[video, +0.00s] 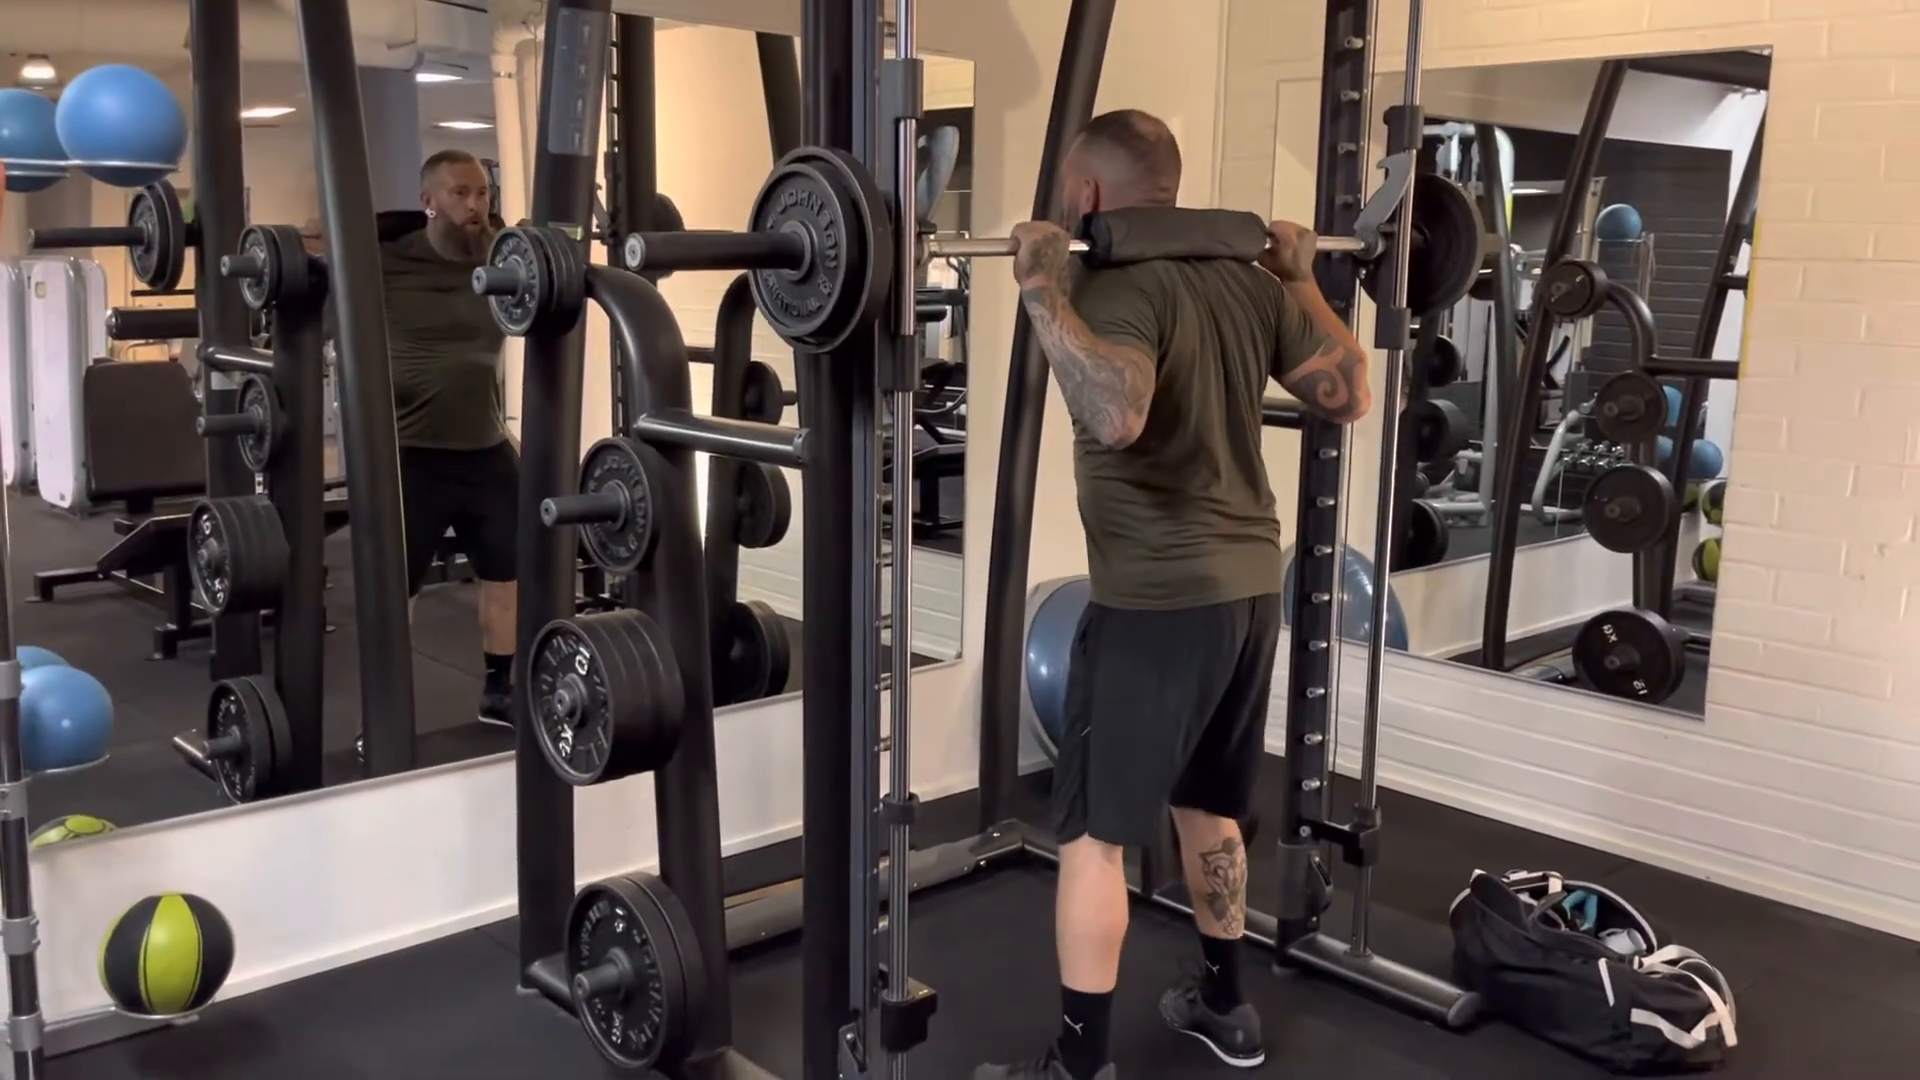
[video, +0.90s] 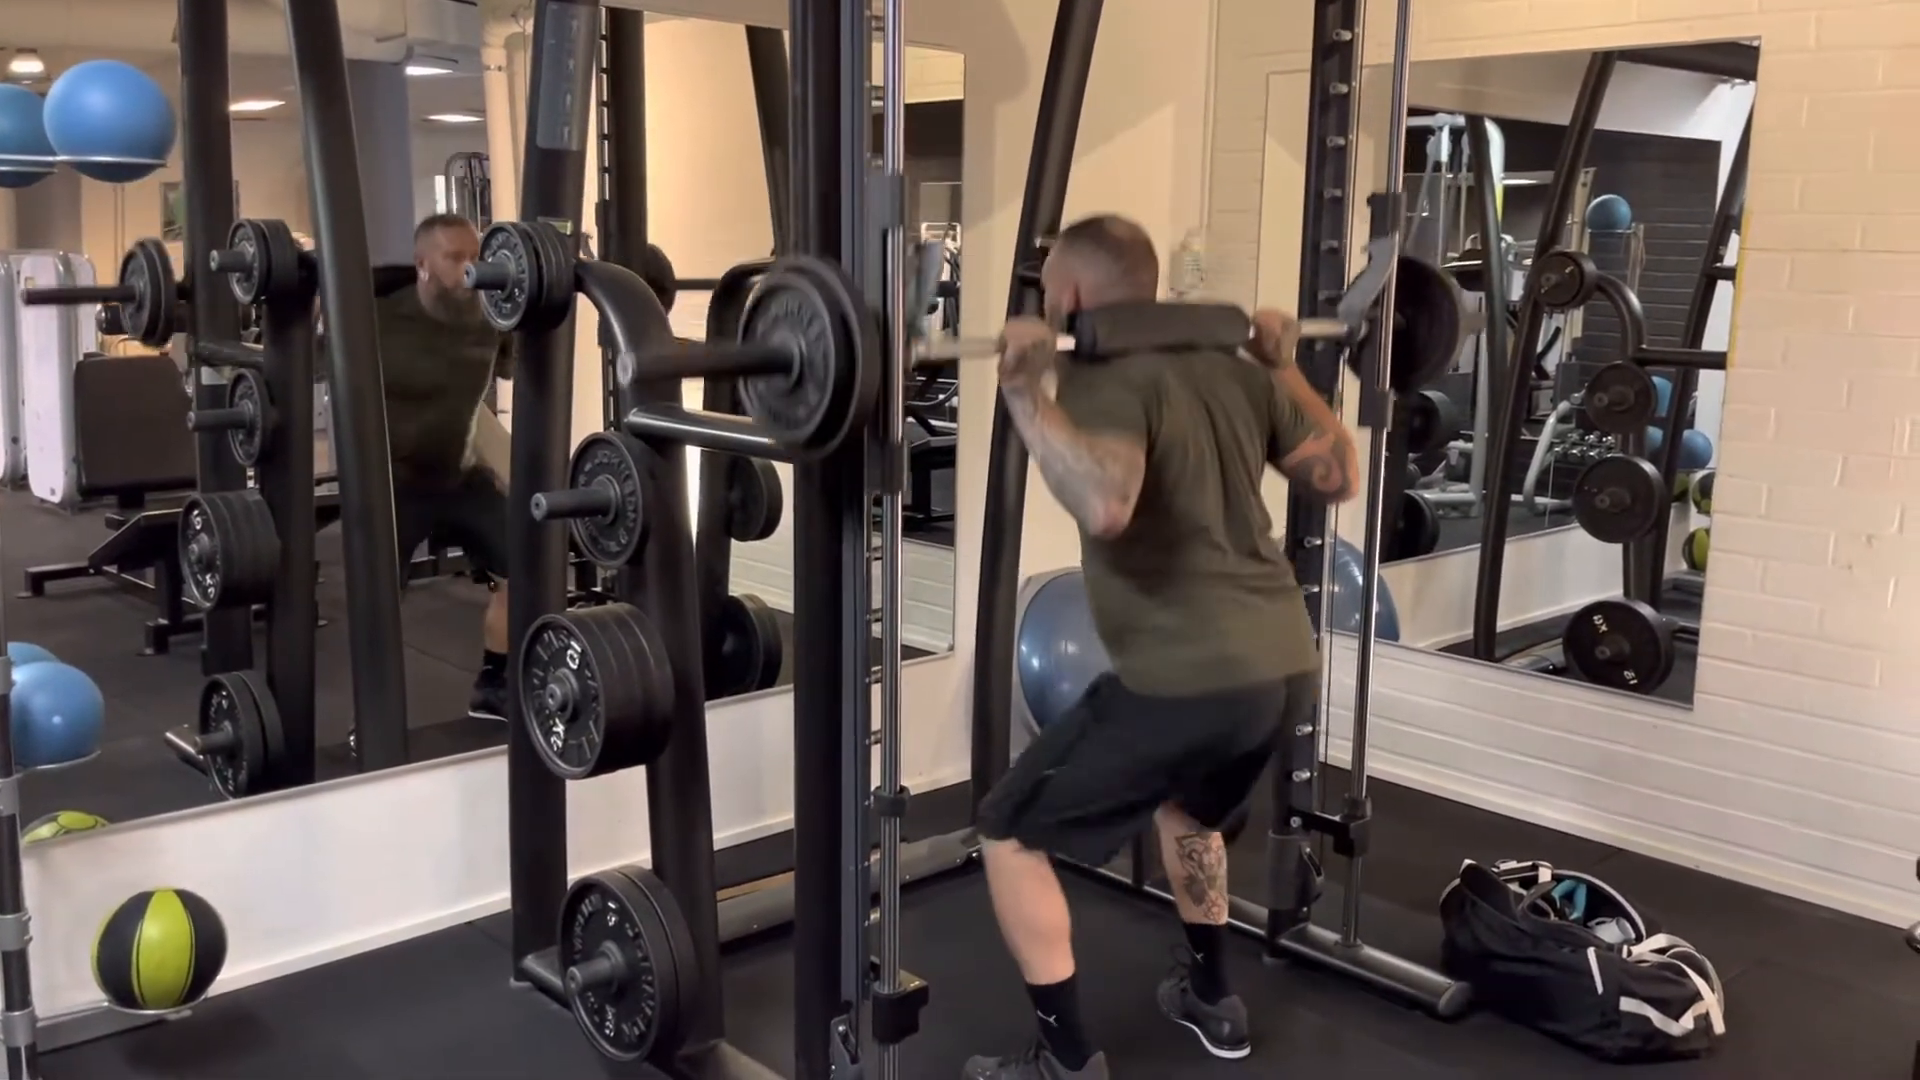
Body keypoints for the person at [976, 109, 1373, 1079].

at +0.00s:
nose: (1062, 204)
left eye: (1066, 187)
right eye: (1065, 188)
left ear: (1094, 186)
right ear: (1171, 185)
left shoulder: (1123, 279)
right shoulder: (1247, 274)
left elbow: (1117, 413)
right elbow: (1344, 394)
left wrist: (1042, 290)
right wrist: (1301, 278)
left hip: (1156, 602)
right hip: (1250, 593)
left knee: (1097, 826)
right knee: (1210, 793)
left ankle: (1078, 1057)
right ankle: (1224, 1003)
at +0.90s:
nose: (1050, 311)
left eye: (1053, 297)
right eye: (1051, 297)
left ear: (1079, 295)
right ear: (1148, 284)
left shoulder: (1110, 375)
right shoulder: (1238, 364)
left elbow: (1104, 501)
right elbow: (1335, 473)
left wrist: (1026, 394)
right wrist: (1282, 365)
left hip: (1180, 682)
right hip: (1278, 670)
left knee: (1011, 832)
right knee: (1187, 808)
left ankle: (1065, 1051)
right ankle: (1213, 999)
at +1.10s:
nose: (1036, 409)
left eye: (1040, 393)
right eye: (1035, 394)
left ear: (1067, 404)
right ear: (1143, 392)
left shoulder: (1106, 481)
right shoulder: (1234, 473)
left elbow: (1102, 608)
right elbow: (1337, 566)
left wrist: (1017, 499)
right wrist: (1277, 462)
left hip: (1200, 787)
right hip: (1298, 776)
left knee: (987, 837)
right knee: (1162, 775)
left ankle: (1059, 1050)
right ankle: (1208, 990)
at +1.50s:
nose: (1036, 551)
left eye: (1037, 533)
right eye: (1035, 532)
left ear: (1063, 544)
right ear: (1138, 529)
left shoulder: (1099, 620)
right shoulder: (1221, 597)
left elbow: (1094, 762)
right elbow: (1329, 697)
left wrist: (1009, 648)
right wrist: (1267, 589)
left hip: (1208, 920)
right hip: (1305, 898)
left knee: (977, 838)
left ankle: (1057, 1055)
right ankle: (1209, 1007)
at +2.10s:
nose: (1039, 409)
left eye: (1041, 394)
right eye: (1040, 395)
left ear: (1062, 400)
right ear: (1140, 388)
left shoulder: (1100, 480)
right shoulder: (1228, 474)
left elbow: (1090, 610)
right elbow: (1325, 567)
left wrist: (1007, 495)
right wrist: (1269, 462)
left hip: (1202, 778)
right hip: (1301, 765)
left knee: (992, 844)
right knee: (1162, 799)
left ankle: (1053, 1056)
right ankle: (1204, 1004)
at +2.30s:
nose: (1048, 303)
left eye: (1049, 289)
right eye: (1049, 289)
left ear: (1070, 289)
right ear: (1145, 284)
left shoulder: (1097, 375)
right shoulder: (1225, 366)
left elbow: (1087, 507)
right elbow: (1328, 478)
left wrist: (1011, 397)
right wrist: (1272, 372)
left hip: (1180, 677)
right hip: (1275, 663)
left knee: (1012, 840)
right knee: (1183, 815)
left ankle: (1057, 1060)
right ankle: (1208, 1015)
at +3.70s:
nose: (1036, 413)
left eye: (1038, 397)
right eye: (1035, 399)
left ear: (1059, 401)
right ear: (1133, 388)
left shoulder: (1099, 473)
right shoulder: (1227, 464)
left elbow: (1094, 603)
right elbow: (1331, 562)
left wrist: (1004, 493)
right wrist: (1270, 460)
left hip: (1194, 783)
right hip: (1292, 770)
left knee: (984, 858)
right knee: (1171, 818)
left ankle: (1057, 1065)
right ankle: (1209, 1019)